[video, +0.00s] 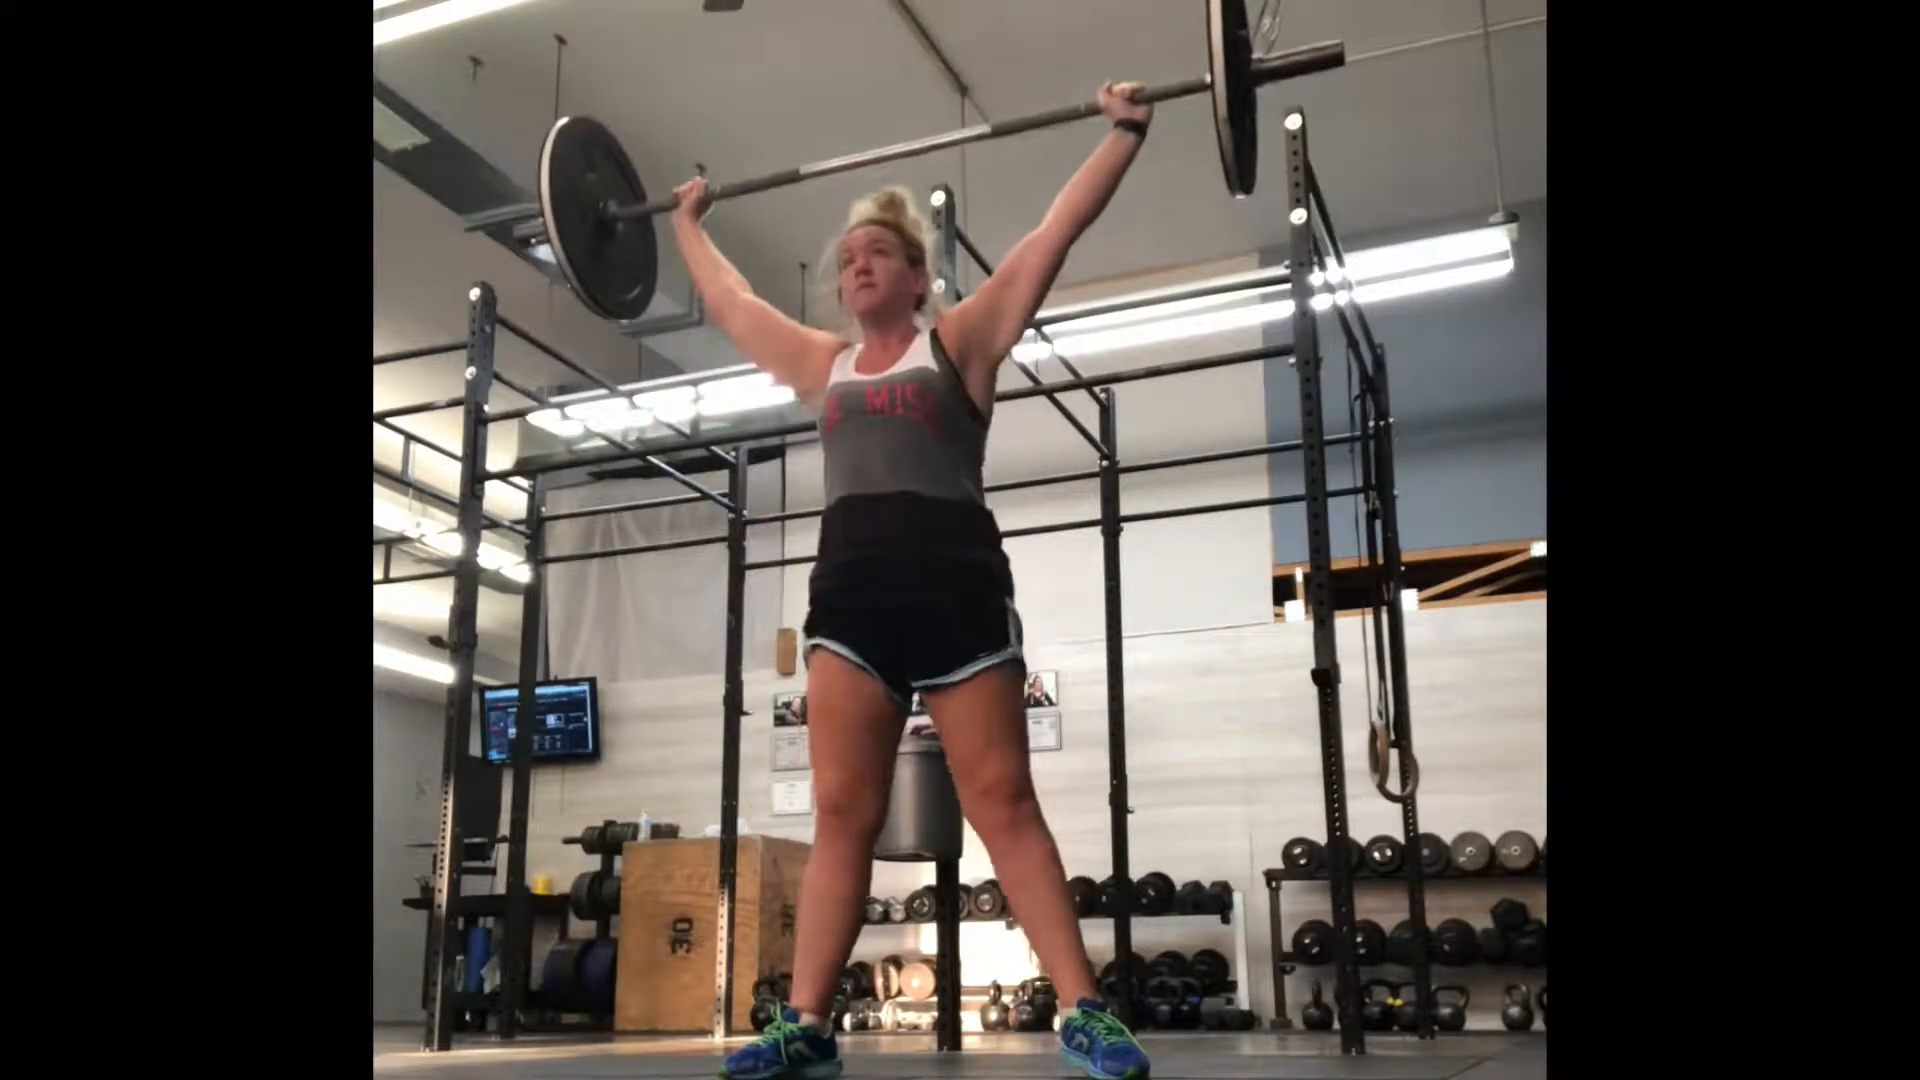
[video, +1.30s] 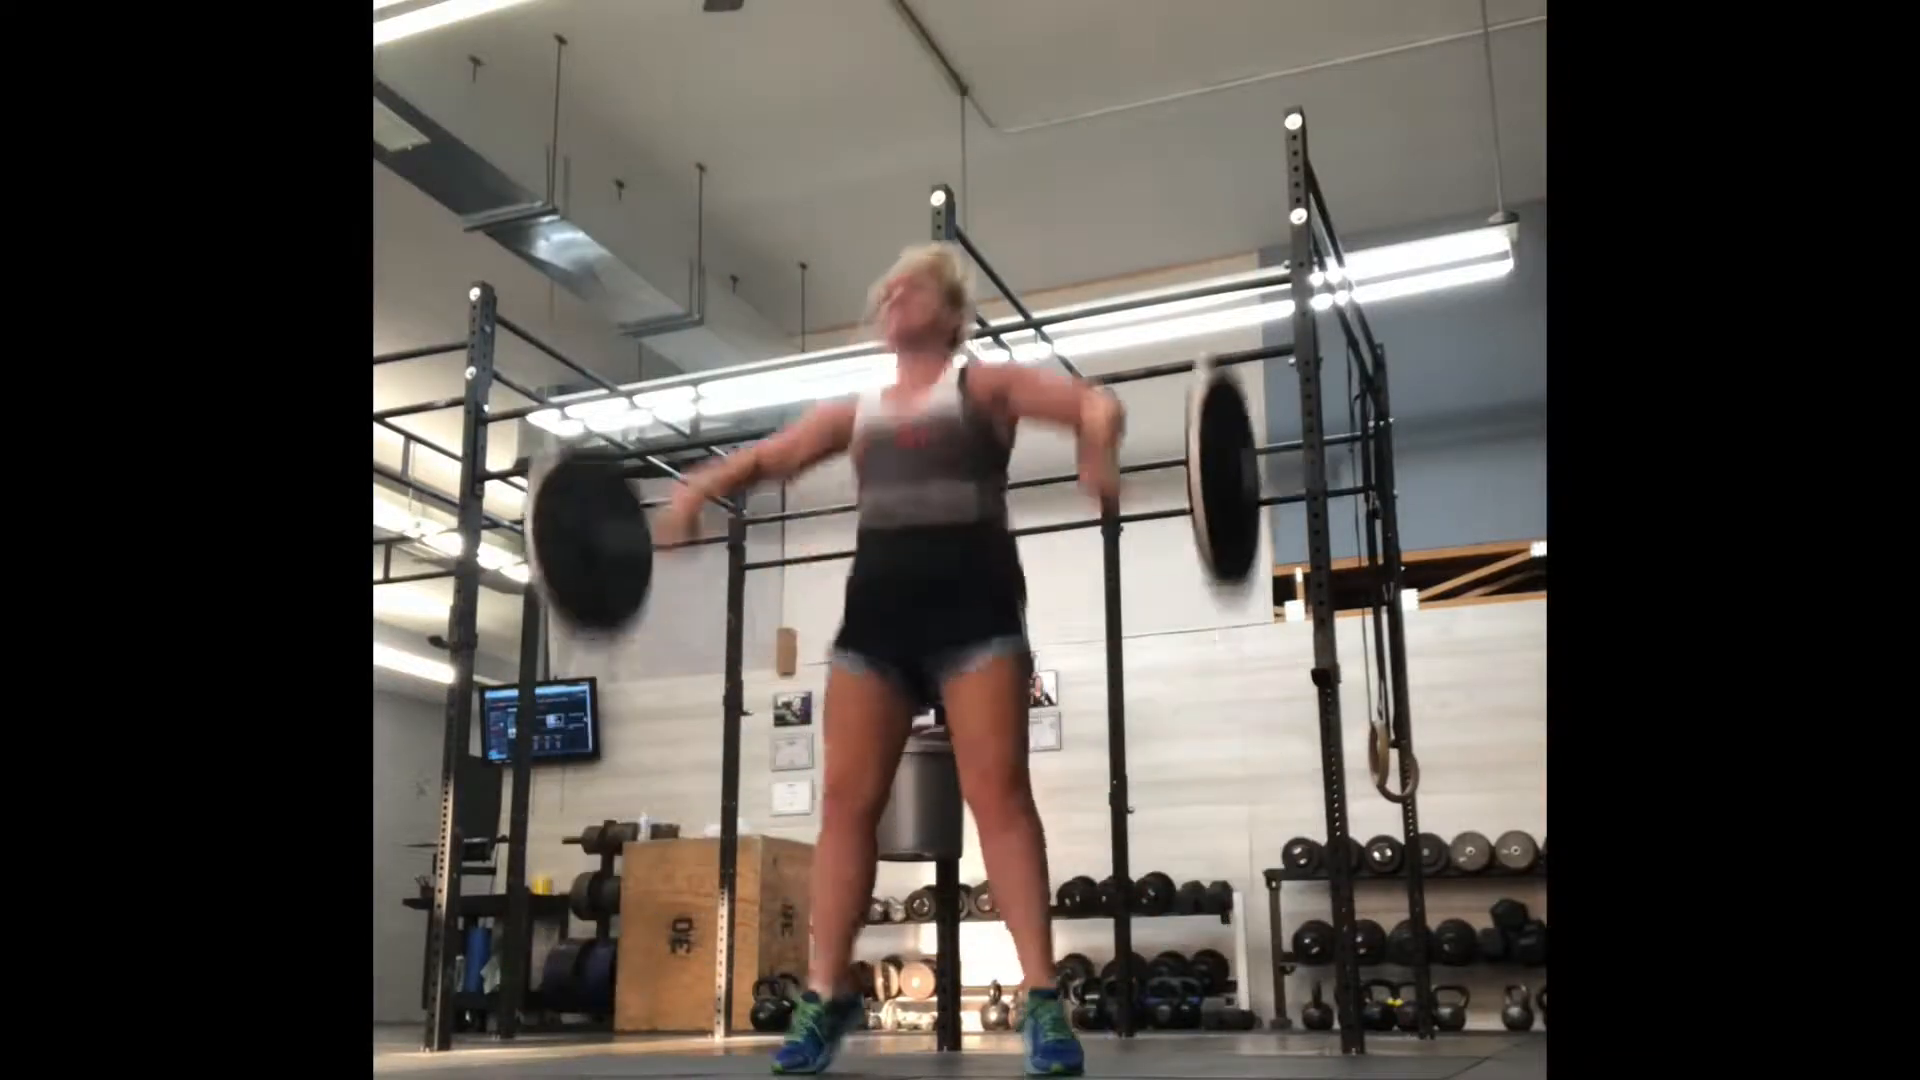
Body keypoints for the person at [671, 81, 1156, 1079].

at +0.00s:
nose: (859, 264)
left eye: (876, 252)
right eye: (849, 257)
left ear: (917, 269)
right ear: (838, 280)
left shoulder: (963, 336)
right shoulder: (824, 364)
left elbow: (1054, 233)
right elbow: (731, 303)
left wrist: (1124, 133)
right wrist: (685, 221)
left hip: (957, 595)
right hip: (847, 603)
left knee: (1003, 804)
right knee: (839, 812)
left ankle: (1080, 1007)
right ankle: (806, 1025)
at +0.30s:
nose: (841, 285)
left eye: (857, 273)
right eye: (829, 276)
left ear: (896, 288)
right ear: (818, 294)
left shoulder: (936, 356)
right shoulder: (800, 374)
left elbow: (1025, 261)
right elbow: (716, 315)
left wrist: (1098, 163)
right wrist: (671, 236)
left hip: (924, 602)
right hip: (817, 613)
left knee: (986, 795)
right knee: (828, 818)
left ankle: (1079, 993)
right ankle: (806, 1025)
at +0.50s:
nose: (821, 596)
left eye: (841, 581)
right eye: (813, 583)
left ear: (886, 601)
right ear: (806, 600)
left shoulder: (940, 672)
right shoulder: (811, 694)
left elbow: (1034, 794)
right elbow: (756, 812)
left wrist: (1118, 899)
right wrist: (680, 917)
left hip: (974, 819)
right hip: (887, 827)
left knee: (1016, 844)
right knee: (780, 850)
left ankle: (1036, 1020)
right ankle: (844, 1024)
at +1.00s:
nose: (823, 503)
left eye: (841, 486)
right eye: (814, 488)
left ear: (888, 497)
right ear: (805, 497)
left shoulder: (945, 566)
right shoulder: (817, 593)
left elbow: (1052, 669)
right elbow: (755, 698)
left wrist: (1116, 783)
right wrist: (696, 799)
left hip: (1000, 703)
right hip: (904, 715)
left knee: (1011, 828)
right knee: (842, 838)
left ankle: (1040, 1019)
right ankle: (843, 1024)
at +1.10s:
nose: (833, 442)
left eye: (851, 426)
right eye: (825, 429)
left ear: (892, 438)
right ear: (818, 447)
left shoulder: (949, 518)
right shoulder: (819, 542)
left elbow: (1063, 603)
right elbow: (749, 633)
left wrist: (1111, 716)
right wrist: (696, 735)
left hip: (995, 682)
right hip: (898, 694)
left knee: (1016, 819)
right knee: (837, 832)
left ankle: (1041, 1016)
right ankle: (843, 1023)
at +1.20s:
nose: (860, 372)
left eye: (876, 358)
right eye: (859, 358)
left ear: (921, 369)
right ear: (855, 375)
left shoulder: (965, 454)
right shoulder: (840, 477)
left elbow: (1084, 499)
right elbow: (744, 545)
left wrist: (1101, 600)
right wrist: (688, 627)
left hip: (986, 674)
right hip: (886, 680)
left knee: (1002, 825)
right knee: (826, 831)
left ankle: (1039, 1013)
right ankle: (840, 1020)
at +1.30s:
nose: (890, 303)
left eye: (908, 291)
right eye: (886, 294)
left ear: (950, 309)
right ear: (883, 317)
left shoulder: (987, 381)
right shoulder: (859, 408)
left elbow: (1095, 403)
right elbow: (773, 456)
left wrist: (1097, 454)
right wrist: (696, 488)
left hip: (974, 611)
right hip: (876, 617)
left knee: (999, 796)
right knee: (846, 800)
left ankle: (1042, 998)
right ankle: (826, 997)